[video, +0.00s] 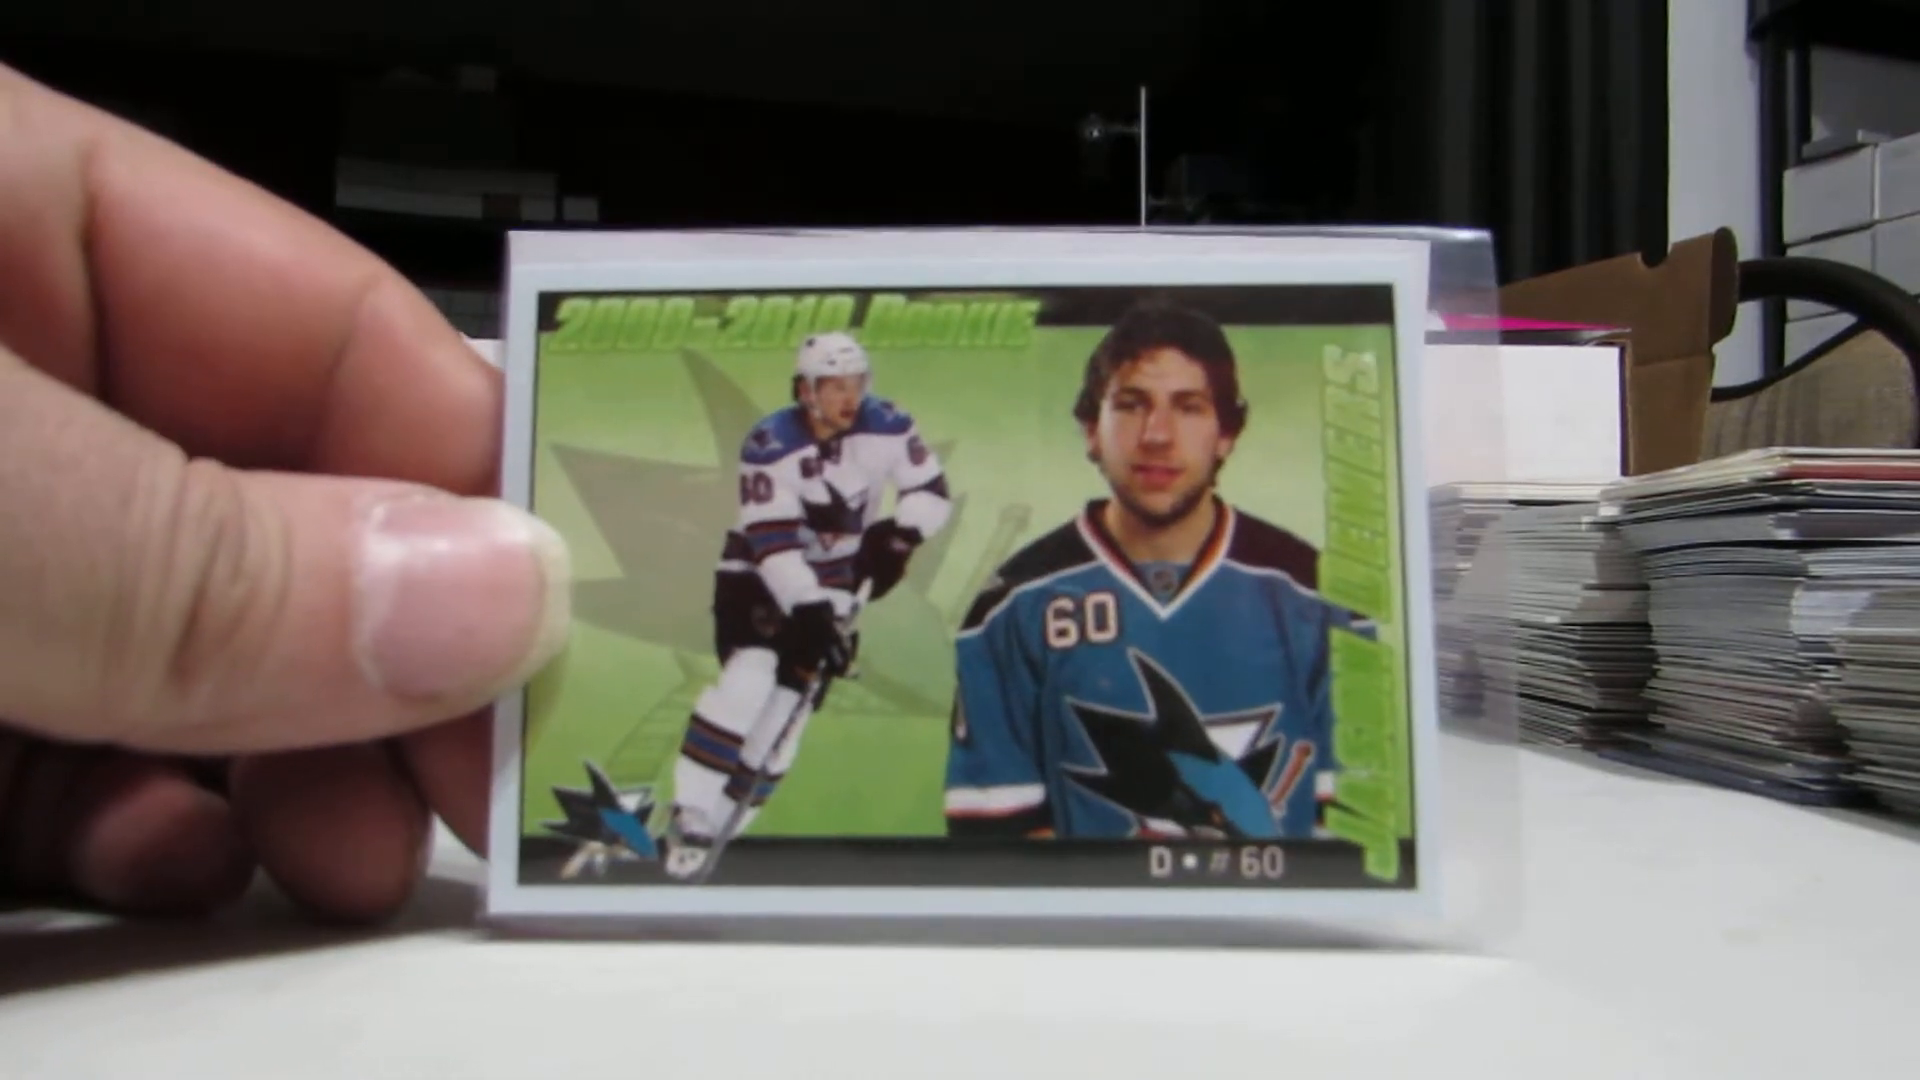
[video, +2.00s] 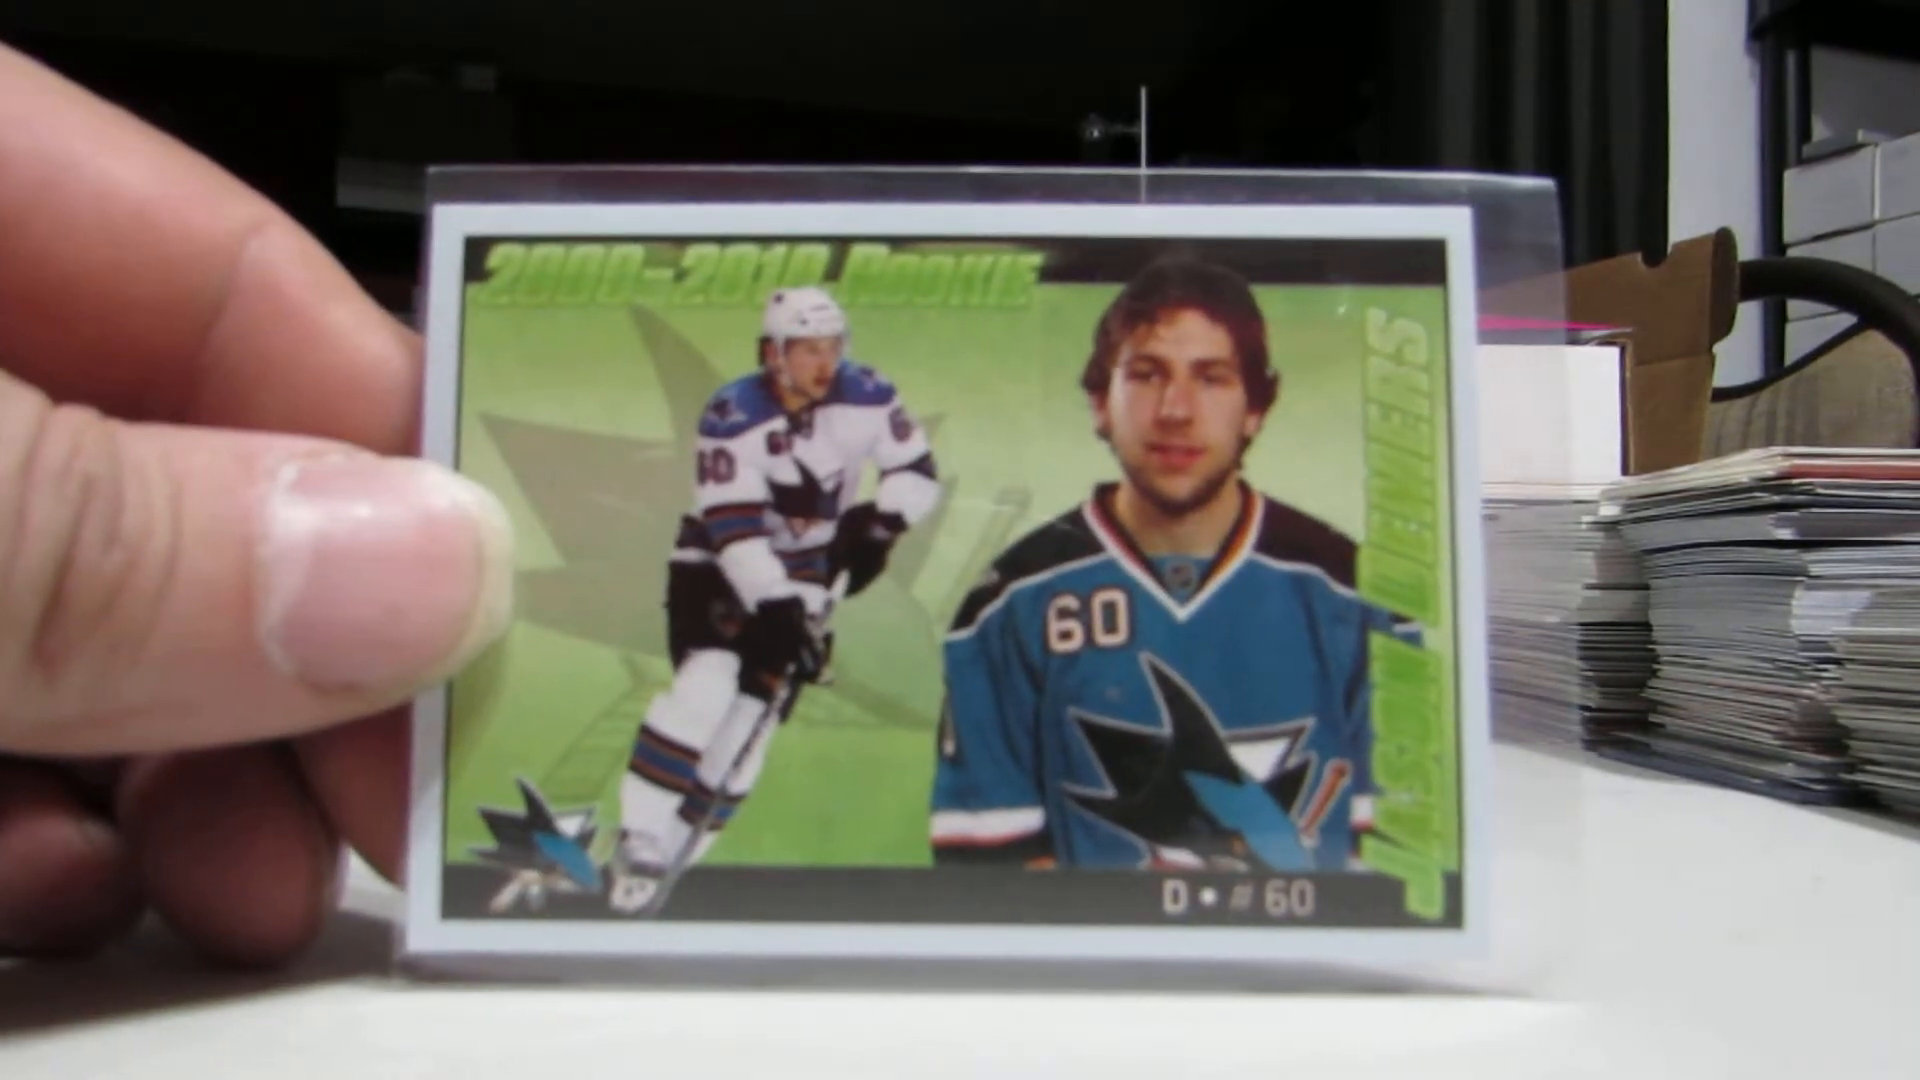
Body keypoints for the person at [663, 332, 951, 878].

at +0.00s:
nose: (849, 399)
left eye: (856, 386)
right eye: (836, 388)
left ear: (866, 386)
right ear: (806, 391)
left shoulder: (887, 427)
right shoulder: (771, 443)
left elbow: (929, 491)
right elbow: (771, 537)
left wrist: (898, 539)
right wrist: (808, 607)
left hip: (835, 581)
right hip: (761, 573)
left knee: (790, 705)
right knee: (750, 675)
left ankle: (724, 825)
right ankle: (693, 816)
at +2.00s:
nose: (826, 363)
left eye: (833, 349)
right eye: (810, 351)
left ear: (843, 349)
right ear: (774, 356)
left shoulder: (868, 398)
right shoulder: (733, 416)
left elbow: (916, 473)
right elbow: (732, 523)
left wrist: (878, 527)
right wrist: (776, 603)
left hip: (807, 573)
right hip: (722, 562)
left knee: (754, 716)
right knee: (709, 680)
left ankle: (678, 853)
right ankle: (642, 842)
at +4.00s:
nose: (822, 364)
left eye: (831, 350)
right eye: (806, 351)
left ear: (842, 350)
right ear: (772, 356)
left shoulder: (867, 398)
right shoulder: (732, 416)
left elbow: (916, 473)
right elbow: (732, 523)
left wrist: (877, 527)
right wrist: (775, 605)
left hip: (807, 573)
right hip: (721, 564)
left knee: (755, 715)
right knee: (709, 681)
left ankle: (681, 851)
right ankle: (642, 840)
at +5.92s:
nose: (822, 367)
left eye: (830, 352)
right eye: (806, 353)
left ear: (841, 353)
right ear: (772, 359)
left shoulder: (868, 401)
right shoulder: (732, 419)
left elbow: (917, 476)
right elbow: (732, 528)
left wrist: (879, 531)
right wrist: (776, 608)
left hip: (807, 578)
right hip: (720, 567)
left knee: (755, 721)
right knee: (709, 686)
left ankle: (680, 860)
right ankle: (641, 848)